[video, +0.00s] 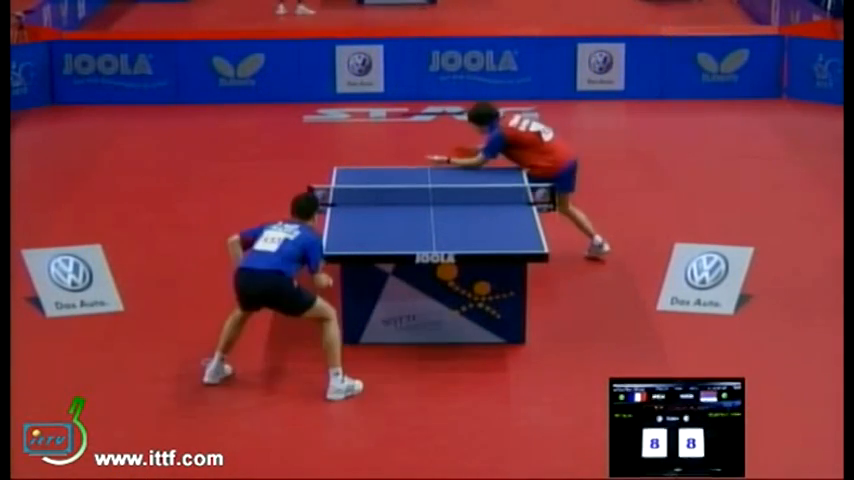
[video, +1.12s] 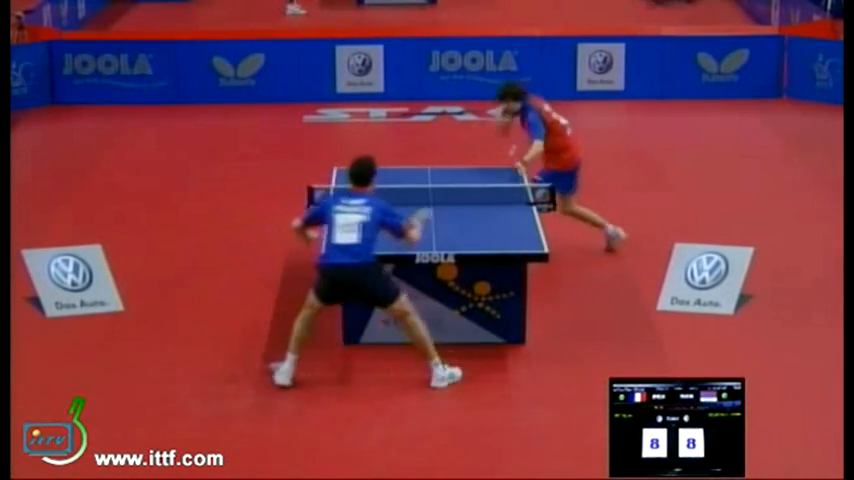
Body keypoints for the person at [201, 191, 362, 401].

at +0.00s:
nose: (317, 219)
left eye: (316, 214)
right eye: (317, 215)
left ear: (292, 212)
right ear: (313, 217)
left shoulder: (272, 226)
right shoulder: (310, 237)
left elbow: (234, 241)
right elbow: (319, 281)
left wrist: (244, 270)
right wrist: (327, 280)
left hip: (245, 277)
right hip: (276, 282)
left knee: (242, 312)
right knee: (328, 315)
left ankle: (216, 364)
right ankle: (337, 379)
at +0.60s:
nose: (329, 194)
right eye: (328, 190)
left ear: (303, 190)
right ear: (326, 193)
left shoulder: (285, 209)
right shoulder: (324, 216)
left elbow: (249, 230)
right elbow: (334, 257)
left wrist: (258, 261)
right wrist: (351, 254)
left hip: (261, 265)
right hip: (292, 269)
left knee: (253, 309)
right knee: (338, 315)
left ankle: (217, 363)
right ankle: (337, 379)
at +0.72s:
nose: (335, 184)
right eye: (335, 181)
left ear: (311, 181)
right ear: (333, 184)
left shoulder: (294, 202)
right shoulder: (335, 208)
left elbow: (259, 221)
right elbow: (356, 248)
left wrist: (263, 256)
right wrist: (362, 238)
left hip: (277, 261)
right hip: (308, 264)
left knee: (273, 306)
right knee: (345, 314)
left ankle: (247, 360)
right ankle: (339, 379)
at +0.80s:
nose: (338, 180)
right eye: (339, 177)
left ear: (314, 176)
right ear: (337, 180)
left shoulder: (297, 199)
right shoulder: (339, 204)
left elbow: (263, 219)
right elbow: (363, 242)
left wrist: (269, 252)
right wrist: (369, 234)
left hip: (286, 260)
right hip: (317, 263)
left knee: (284, 305)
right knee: (354, 309)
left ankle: (278, 364)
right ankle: (343, 372)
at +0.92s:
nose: (346, 179)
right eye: (346, 176)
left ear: (321, 176)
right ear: (344, 178)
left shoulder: (304, 200)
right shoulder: (346, 204)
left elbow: (270, 223)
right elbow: (373, 241)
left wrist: (279, 252)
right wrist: (382, 233)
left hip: (297, 264)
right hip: (328, 264)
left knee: (293, 310)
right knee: (376, 305)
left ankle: (281, 368)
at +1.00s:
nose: (352, 178)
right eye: (353, 175)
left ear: (330, 176)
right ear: (353, 179)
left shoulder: (313, 201)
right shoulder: (355, 205)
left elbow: (279, 226)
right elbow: (386, 240)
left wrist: (291, 251)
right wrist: (394, 230)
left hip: (308, 269)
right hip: (340, 268)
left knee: (295, 312)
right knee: (387, 313)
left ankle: (282, 367)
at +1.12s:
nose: (371, 181)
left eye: (361, 176)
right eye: (372, 178)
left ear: (350, 178)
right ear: (372, 180)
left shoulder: (333, 201)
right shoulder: (376, 205)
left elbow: (298, 225)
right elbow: (411, 236)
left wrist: (309, 241)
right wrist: (415, 225)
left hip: (331, 270)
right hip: (364, 270)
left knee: (308, 312)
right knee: (405, 314)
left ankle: (288, 367)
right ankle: (438, 368)